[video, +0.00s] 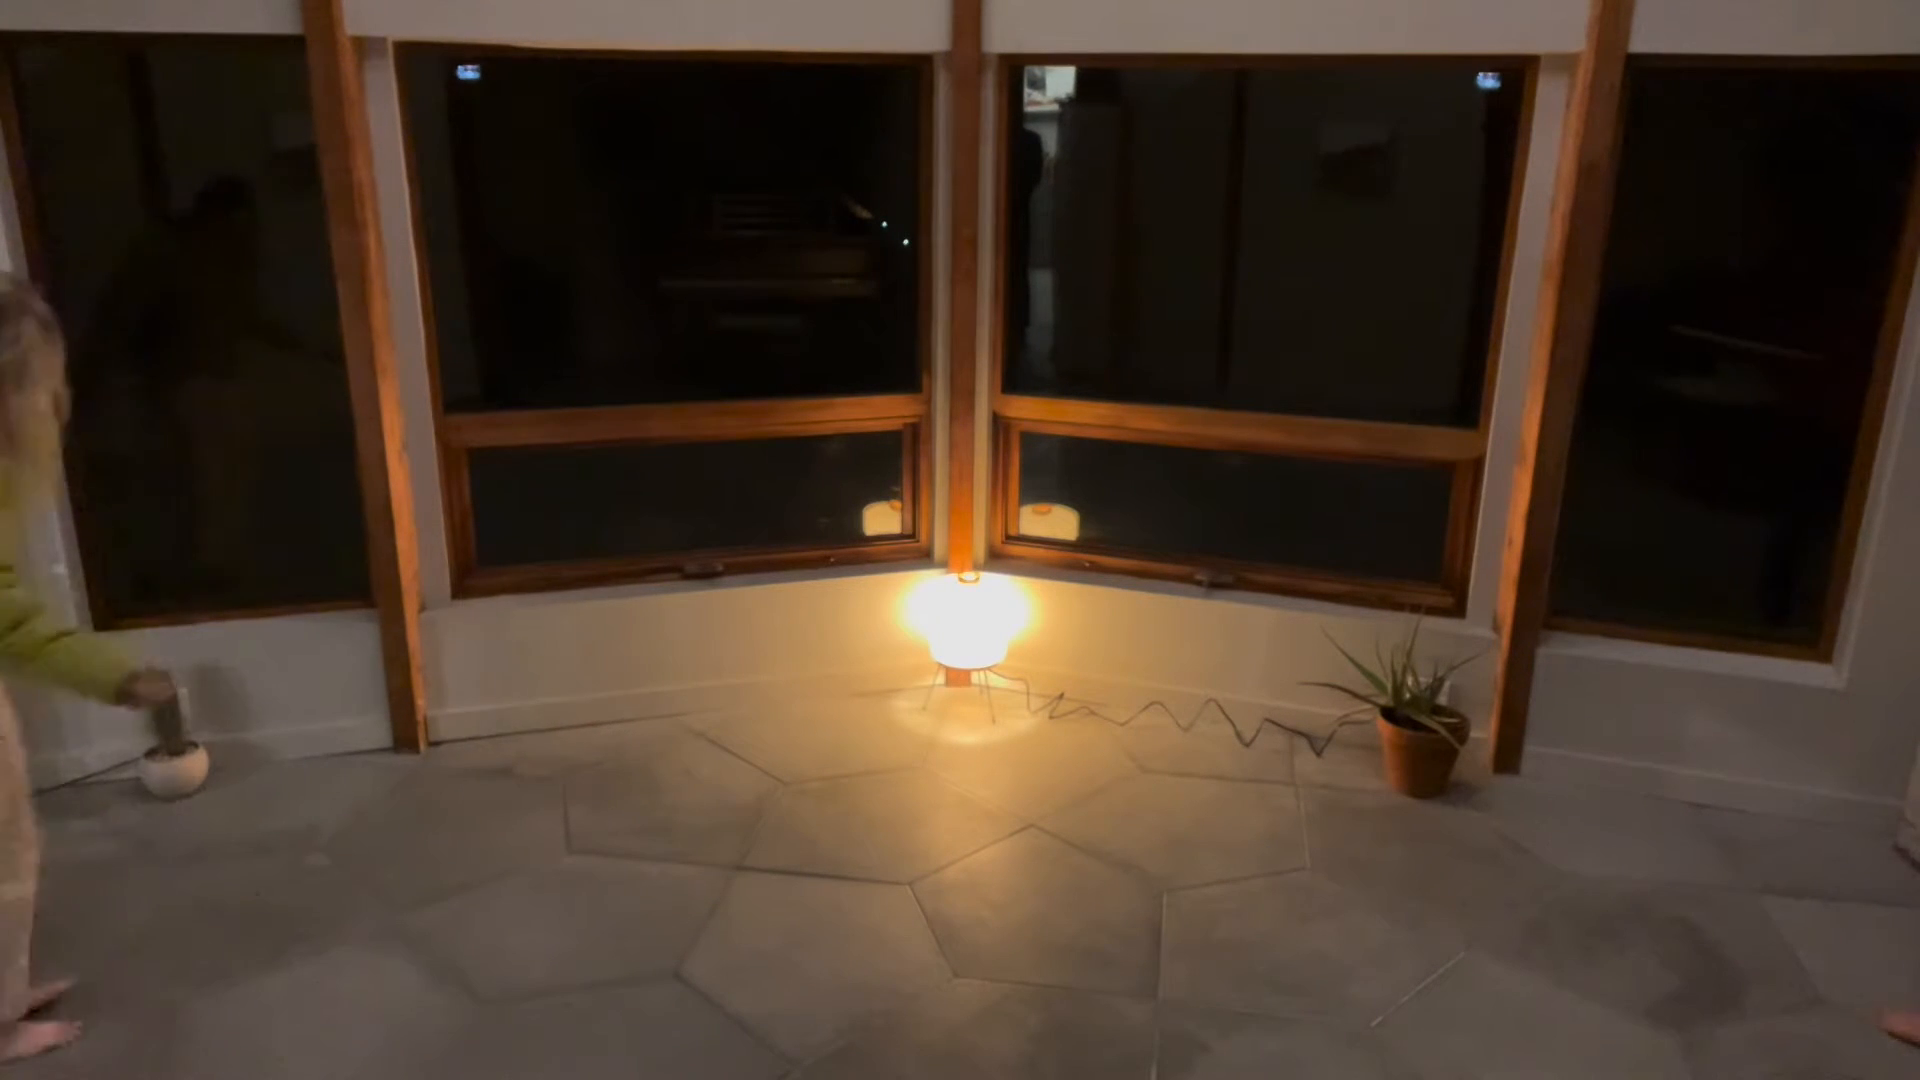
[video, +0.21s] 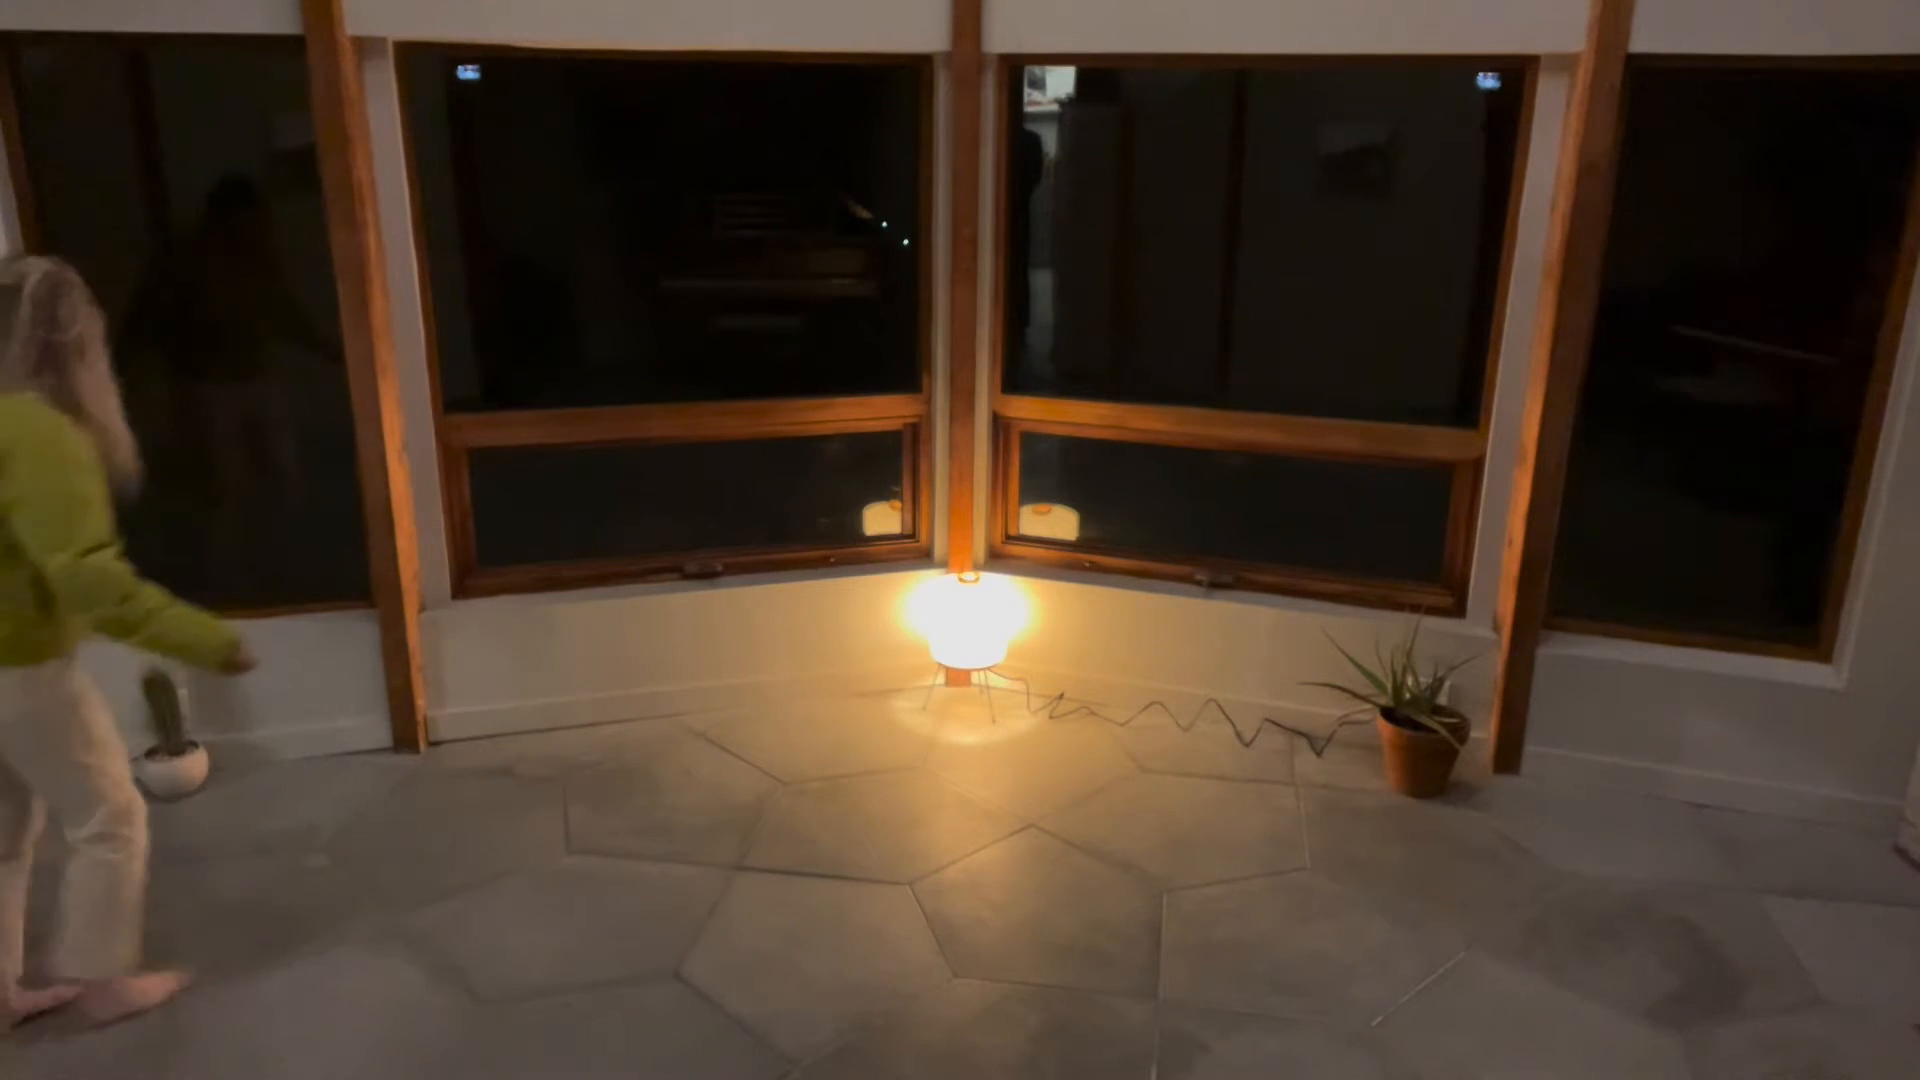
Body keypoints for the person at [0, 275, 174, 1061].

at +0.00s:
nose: (56, 404)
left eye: (54, 385)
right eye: (43, 387)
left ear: (27, 392)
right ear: (7, 397)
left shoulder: (17, 473)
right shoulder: (5, 483)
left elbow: (19, 620)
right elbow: (14, 622)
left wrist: (118, 677)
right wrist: (120, 677)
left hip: (6, 689)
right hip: (3, 690)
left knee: (16, 838)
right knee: (12, 847)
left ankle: (10, 991)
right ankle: (6, 1023)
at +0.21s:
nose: (98, 351)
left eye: (93, 336)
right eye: (91, 336)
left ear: (10, 338)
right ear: (68, 342)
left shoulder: (16, 426)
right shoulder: (40, 432)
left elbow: (84, 574)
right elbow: (88, 577)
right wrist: (213, 643)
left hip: (13, 666)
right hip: (28, 666)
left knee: (13, 826)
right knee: (110, 818)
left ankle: (10, 983)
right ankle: (99, 979)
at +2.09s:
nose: (523, 333)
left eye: (524, 318)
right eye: (516, 318)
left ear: (477, 311)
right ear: (477, 313)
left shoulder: (459, 382)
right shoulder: (420, 388)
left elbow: (468, 505)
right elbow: (427, 523)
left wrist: (497, 597)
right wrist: (489, 623)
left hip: (466, 596)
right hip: (422, 604)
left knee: (518, 731)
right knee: (479, 753)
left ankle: (457, 872)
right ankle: (412, 903)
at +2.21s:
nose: (545, 329)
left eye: (546, 312)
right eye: (538, 312)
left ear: (460, 304)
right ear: (502, 313)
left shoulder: (423, 372)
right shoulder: (475, 387)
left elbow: (409, 496)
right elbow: (511, 524)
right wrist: (590, 621)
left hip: (423, 595)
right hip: (453, 602)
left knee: (492, 742)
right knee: (509, 757)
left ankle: (472, 886)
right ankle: (424, 896)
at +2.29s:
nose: (562, 321)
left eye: (562, 305)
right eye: (556, 305)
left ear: (476, 300)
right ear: (523, 307)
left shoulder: (424, 370)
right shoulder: (508, 391)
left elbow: (395, 484)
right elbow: (560, 524)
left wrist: (394, 568)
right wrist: (650, 610)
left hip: (427, 589)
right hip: (477, 599)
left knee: (482, 741)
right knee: (538, 746)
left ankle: (460, 890)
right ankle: (494, 908)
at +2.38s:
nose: (572, 325)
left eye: (572, 309)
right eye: (567, 309)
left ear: (481, 301)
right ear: (535, 310)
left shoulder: (424, 372)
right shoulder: (532, 388)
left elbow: (389, 487)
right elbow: (583, 520)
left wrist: (380, 571)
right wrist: (671, 597)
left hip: (435, 601)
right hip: (496, 611)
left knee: (495, 742)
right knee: (538, 760)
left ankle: (473, 878)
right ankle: (500, 922)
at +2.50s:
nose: (592, 311)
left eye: (590, 298)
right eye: (587, 298)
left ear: (492, 292)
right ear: (565, 305)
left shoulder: (427, 368)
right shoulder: (565, 386)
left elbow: (393, 487)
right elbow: (619, 507)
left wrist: (378, 579)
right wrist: (693, 583)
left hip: (448, 601)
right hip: (523, 608)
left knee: (509, 747)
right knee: (554, 750)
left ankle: (513, 893)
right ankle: (513, 914)